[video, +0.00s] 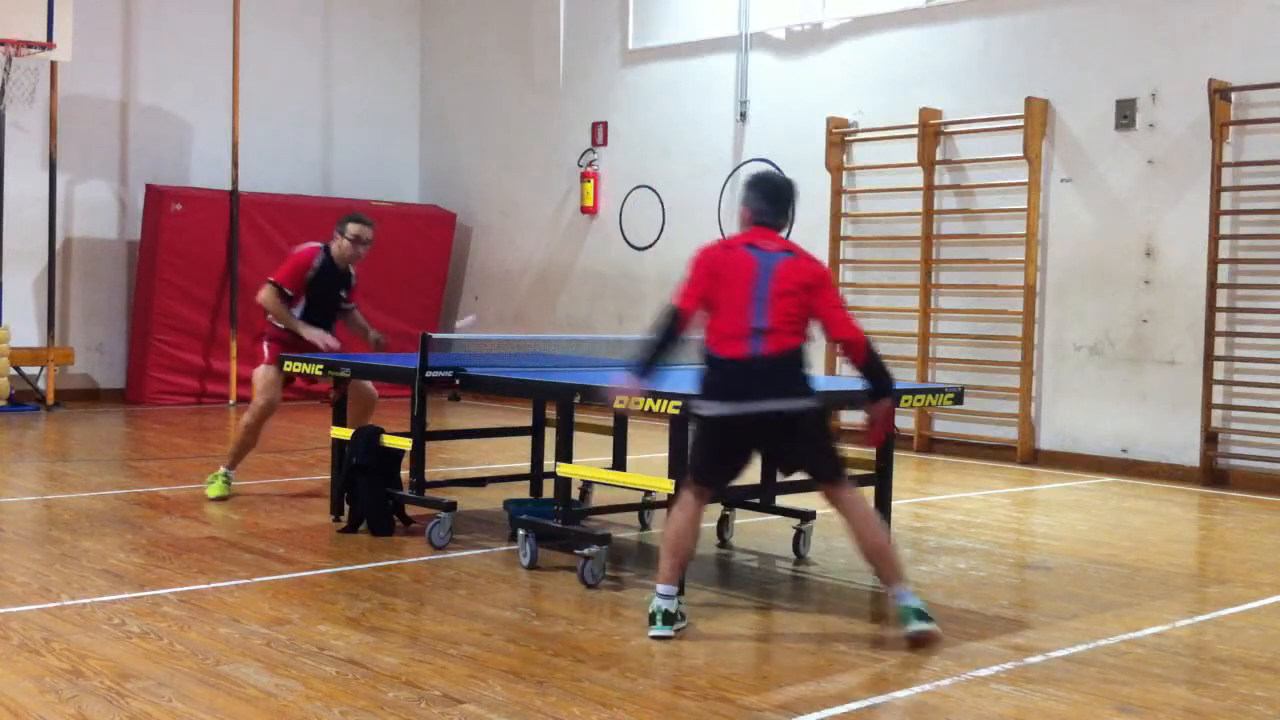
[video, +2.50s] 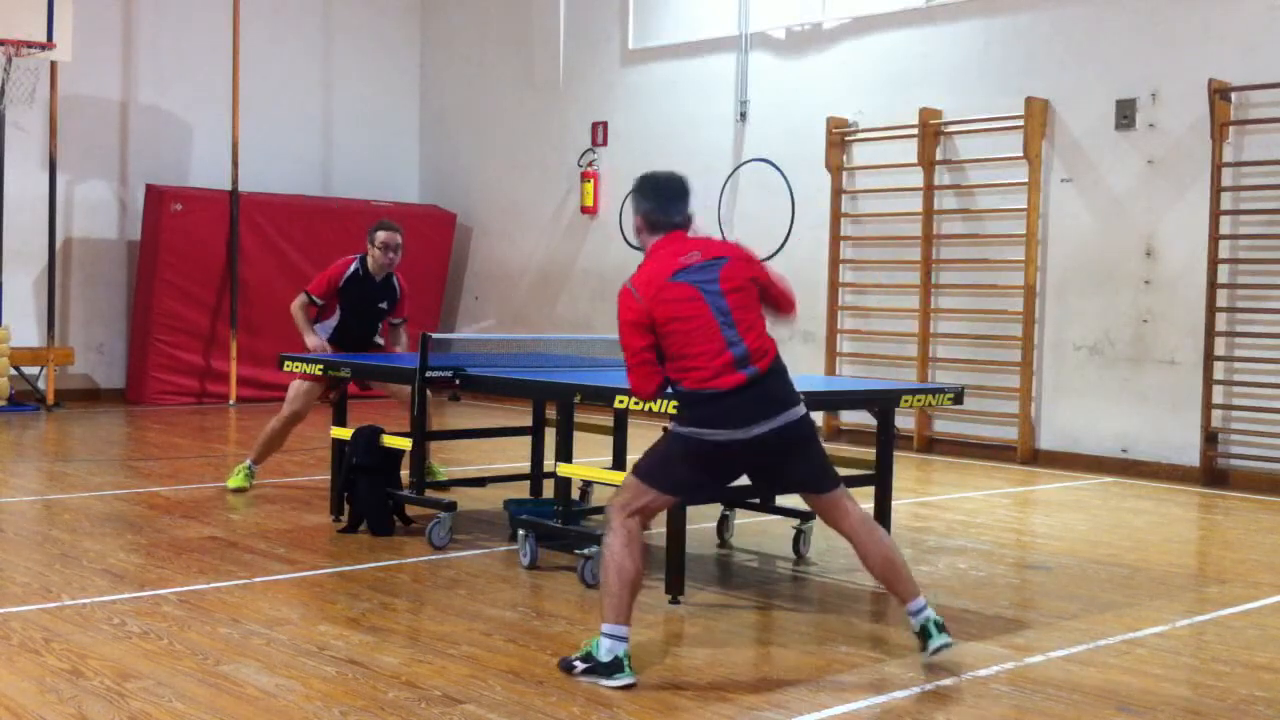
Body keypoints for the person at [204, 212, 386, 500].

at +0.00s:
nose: (360, 250)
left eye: (366, 244)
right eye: (356, 241)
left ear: (369, 247)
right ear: (338, 237)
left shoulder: (349, 274)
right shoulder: (309, 256)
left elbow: (346, 309)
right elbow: (267, 296)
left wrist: (369, 334)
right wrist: (305, 330)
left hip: (320, 348)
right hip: (280, 343)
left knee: (366, 397)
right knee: (266, 401)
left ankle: (347, 467)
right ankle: (225, 472)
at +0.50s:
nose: (354, 260)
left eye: (361, 254)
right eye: (348, 253)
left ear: (371, 250)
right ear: (339, 247)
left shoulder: (379, 271)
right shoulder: (324, 256)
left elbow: (410, 316)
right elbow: (291, 256)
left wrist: (381, 312)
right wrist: (258, 265)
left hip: (362, 348)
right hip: (314, 342)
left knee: (396, 398)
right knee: (263, 395)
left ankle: (397, 474)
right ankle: (222, 473)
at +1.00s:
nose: (331, 221)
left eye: (335, 215)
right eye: (324, 214)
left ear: (338, 217)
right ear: (305, 214)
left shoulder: (329, 252)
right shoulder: (279, 238)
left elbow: (341, 287)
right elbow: (228, 266)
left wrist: (368, 308)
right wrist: (266, 274)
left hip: (307, 331)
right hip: (263, 330)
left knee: (354, 387)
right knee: (238, 405)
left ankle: (333, 462)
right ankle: (208, 452)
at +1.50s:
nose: (350, 253)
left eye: (353, 247)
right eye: (345, 245)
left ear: (344, 250)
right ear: (322, 242)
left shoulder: (328, 289)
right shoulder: (290, 257)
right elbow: (235, 263)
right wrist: (269, 278)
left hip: (273, 356)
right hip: (239, 343)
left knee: (330, 389)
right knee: (220, 410)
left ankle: (318, 472)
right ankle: (159, 481)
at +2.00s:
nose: (396, 225)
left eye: (401, 219)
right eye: (390, 217)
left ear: (405, 222)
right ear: (371, 217)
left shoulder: (402, 258)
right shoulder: (343, 241)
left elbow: (429, 301)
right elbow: (293, 260)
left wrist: (444, 311)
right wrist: (286, 282)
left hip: (373, 336)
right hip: (325, 330)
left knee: (404, 397)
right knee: (288, 392)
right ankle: (247, 463)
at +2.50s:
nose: (391, 255)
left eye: (396, 250)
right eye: (385, 248)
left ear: (401, 253)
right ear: (370, 248)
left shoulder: (396, 287)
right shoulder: (344, 270)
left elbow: (397, 330)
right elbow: (299, 305)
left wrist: (399, 360)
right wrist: (309, 335)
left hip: (367, 353)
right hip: (328, 350)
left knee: (418, 395)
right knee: (292, 412)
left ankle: (422, 465)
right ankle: (248, 468)